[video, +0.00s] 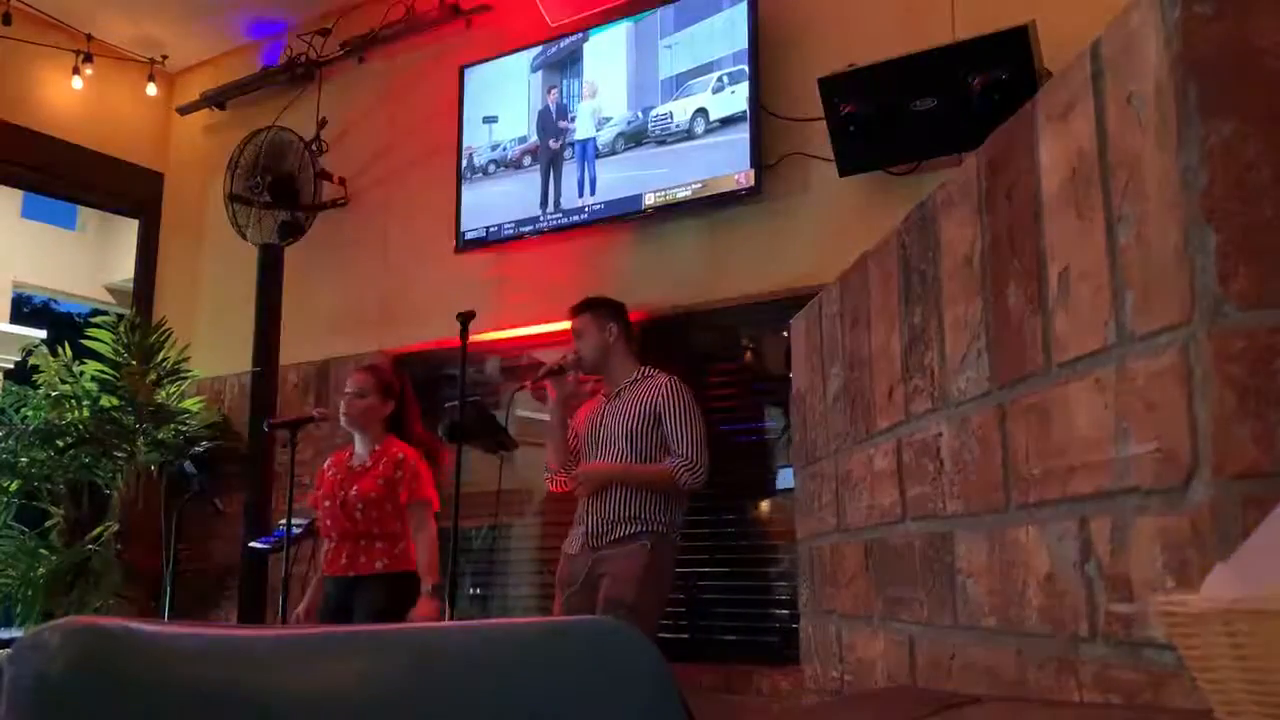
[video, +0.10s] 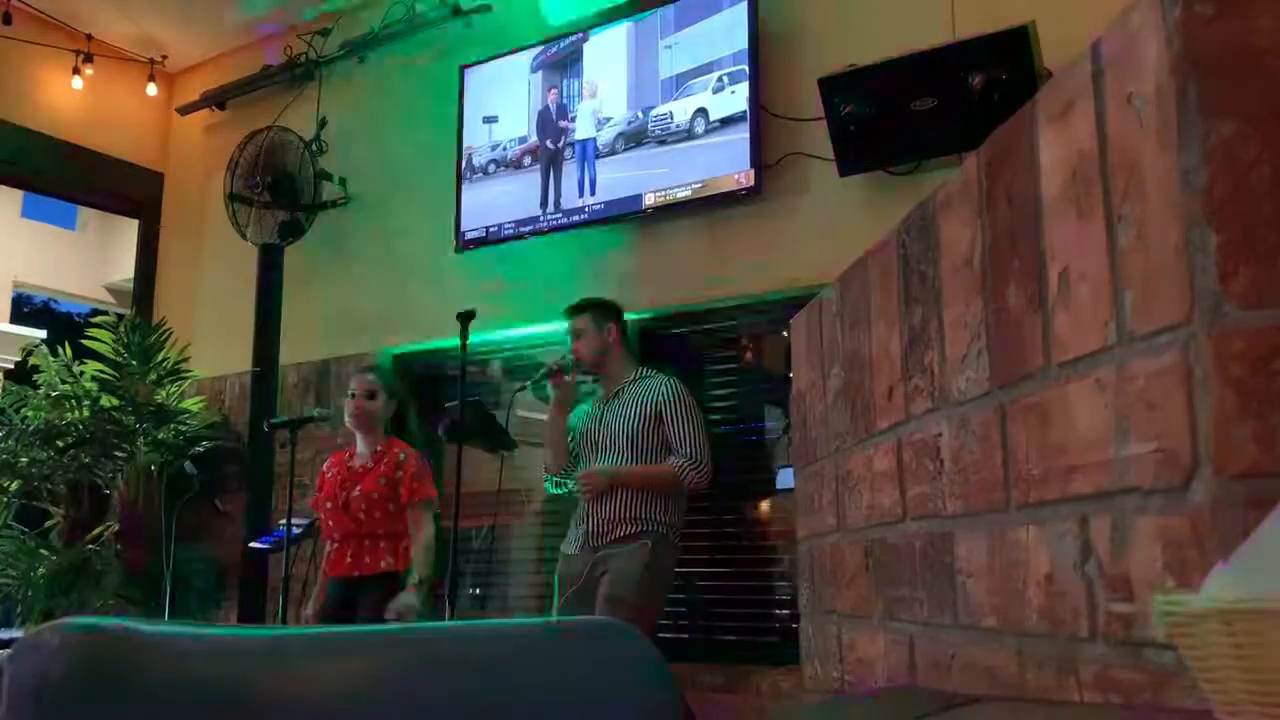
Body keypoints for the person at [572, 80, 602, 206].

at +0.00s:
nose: (584, 90)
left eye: (586, 88)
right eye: (583, 88)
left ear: (592, 89)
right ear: (583, 90)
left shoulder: (596, 104)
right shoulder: (580, 105)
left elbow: (598, 120)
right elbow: (578, 124)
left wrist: (592, 127)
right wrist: (567, 125)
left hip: (590, 136)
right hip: (579, 137)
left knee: (591, 166)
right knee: (580, 168)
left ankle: (592, 196)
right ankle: (580, 197)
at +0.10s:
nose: (583, 90)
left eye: (585, 88)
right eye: (583, 88)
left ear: (592, 89)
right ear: (583, 90)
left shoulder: (596, 102)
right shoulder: (580, 106)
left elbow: (599, 118)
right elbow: (578, 124)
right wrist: (567, 125)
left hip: (590, 136)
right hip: (579, 137)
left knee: (591, 166)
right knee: (580, 167)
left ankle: (592, 196)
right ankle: (581, 197)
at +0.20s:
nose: (584, 90)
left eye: (586, 88)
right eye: (583, 88)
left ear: (592, 89)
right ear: (583, 89)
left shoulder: (596, 102)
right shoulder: (581, 105)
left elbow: (600, 118)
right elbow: (579, 124)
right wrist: (567, 124)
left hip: (590, 135)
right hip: (579, 136)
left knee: (591, 165)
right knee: (580, 167)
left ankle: (592, 196)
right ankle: (581, 197)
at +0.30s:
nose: (584, 90)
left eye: (586, 87)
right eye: (583, 87)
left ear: (592, 89)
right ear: (583, 89)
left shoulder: (596, 102)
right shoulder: (581, 105)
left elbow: (599, 117)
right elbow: (579, 124)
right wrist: (567, 125)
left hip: (591, 135)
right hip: (579, 136)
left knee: (591, 166)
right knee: (580, 168)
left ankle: (592, 196)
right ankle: (580, 197)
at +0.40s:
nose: (584, 90)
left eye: (586, 87)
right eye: (583, 87)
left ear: (592, 89)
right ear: (583, 89)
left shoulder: (596, 102)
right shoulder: (581, 104)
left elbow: (600, 117)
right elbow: (578, 121)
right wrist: (570, 126)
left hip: (591, 135)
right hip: (579, 136)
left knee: (591, 166)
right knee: (580, 167)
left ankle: (592, 196)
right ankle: (580, 197)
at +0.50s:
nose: (584, 89)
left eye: (586, 87)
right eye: (584, 87)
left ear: (592, 88)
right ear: (584, 89)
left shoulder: (597, 101)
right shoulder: (581, 103)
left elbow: (600, 118)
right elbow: (578, 119)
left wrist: (596, 127)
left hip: (592, 134)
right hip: (580, 135)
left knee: (592, 165)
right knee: (580, 167)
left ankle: (592, 195)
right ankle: (581, 197)